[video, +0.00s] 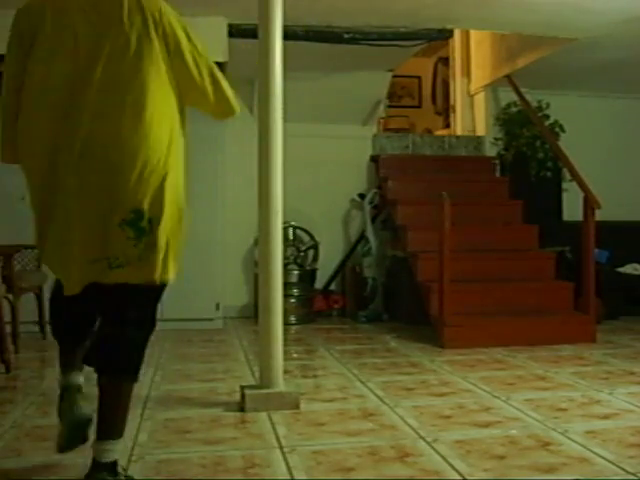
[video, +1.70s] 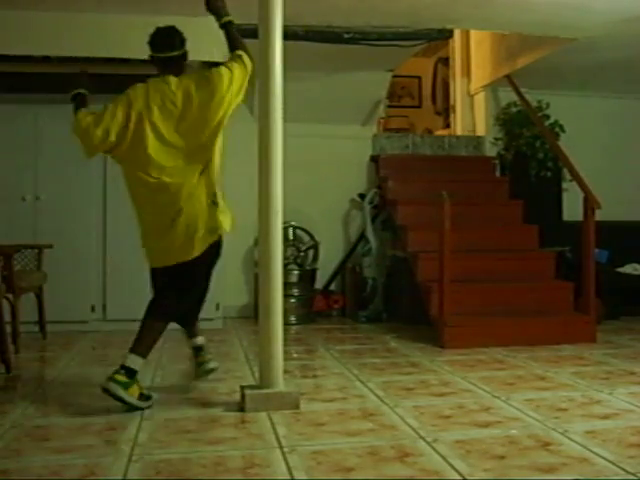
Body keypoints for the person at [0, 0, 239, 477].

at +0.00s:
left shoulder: (33, 13)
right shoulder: (148, 9)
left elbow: (9, 118)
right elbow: (213, 93)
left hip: (64, 175)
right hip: (142, 176)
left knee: (73, 285)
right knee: (127, 319)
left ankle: (71, 384)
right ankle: (106, 460)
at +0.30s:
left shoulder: (29, 35)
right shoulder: (140, 30)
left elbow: (15, 116)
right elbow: (204, 89)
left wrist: (29, 160)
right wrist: (187, 39)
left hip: (67, 215)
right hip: (136, 208)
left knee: (77, 329)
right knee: (135, 313)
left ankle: (88, 441)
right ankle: (119, 393)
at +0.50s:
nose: (117, 8)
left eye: (111, 4)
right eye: (117, 3)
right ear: (115, 2)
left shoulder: (37, 44)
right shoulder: (132, 49)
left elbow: (19, 131)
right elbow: (166, 139)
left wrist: (67, 122)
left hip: (63, 204)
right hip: (126, 199)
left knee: (78, 323)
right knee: (143, 276)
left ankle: (90, 435)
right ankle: (129, 353)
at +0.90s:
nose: (130, 29)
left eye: (122, 21)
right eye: (130, 22)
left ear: (90, 20)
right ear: (130, 24)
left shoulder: (57, 60)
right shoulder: (131, 68)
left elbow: (36, 99)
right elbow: (127, 141)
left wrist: (76, 48)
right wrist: (164, 191)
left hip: (70, 203)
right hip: (125, 208)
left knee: (78, 280)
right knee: (121, 299)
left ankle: (80, 355)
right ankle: (99, 399)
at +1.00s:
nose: (128, 40)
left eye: (117, 32)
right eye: (130, 33)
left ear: (92, 31)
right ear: (130, 34)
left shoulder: (63, 74)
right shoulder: (140, 81)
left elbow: (36, 120)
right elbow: (149, 156)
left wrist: (75, 66)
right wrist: (192, 185)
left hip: (74, 217)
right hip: (130, 221)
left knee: (85, 275)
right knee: (118, 309)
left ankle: (80, 321)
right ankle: (95, 403)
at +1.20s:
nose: (129, 40)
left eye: (119, 33)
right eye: (132, 33)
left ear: (99, 35)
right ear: (135, 33)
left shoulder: (76, 78)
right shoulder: (158, 76)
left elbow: (52, 135)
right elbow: (204, 130)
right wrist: (210, 97)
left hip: (92, 200)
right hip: (145, 200)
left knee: (119, 284)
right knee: (126, 295)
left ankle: (129, 357)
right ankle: (97, 391)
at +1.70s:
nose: (174, 61)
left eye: (162, 57)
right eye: (178, 55)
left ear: (153, 61)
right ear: (185, 58)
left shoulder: (134, 100)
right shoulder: (206, 88)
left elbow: (93, 137)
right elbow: (243, 60)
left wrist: (80, 102)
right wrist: (223, 17)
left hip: (155, 215)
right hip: (202, 214)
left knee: (176, 288)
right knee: (172, 295)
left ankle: (200, 351)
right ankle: (127, 373)